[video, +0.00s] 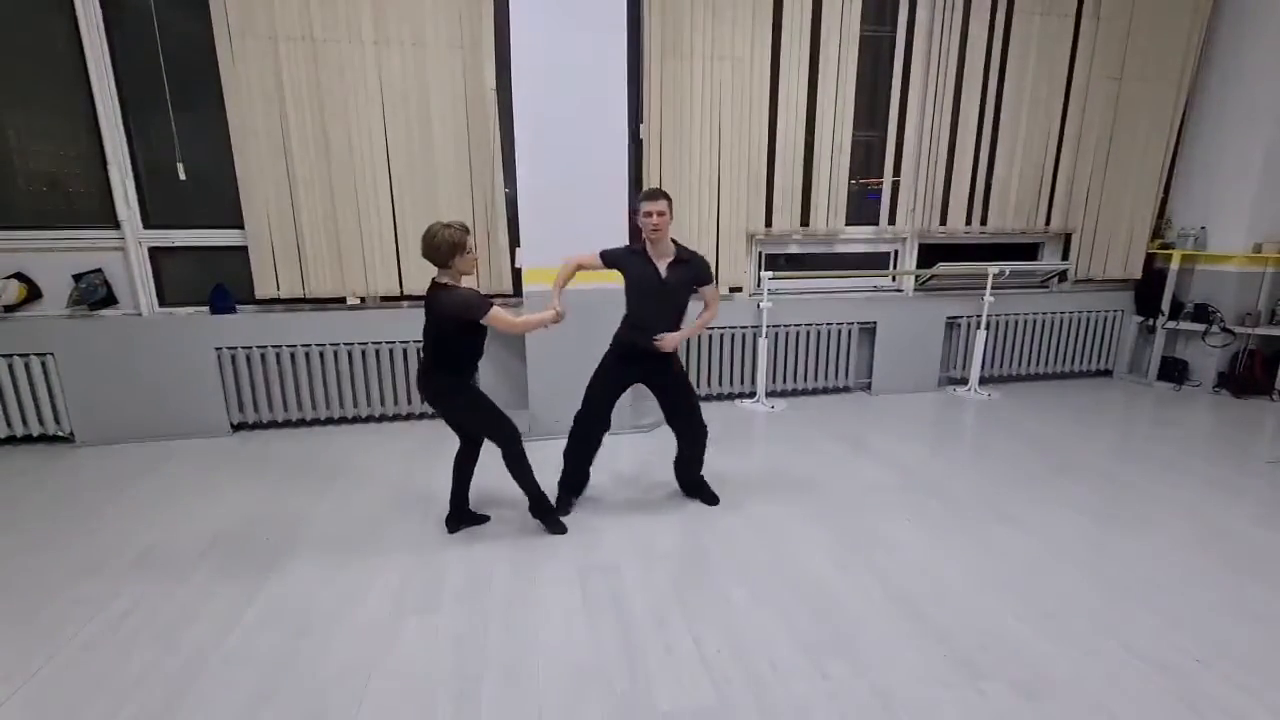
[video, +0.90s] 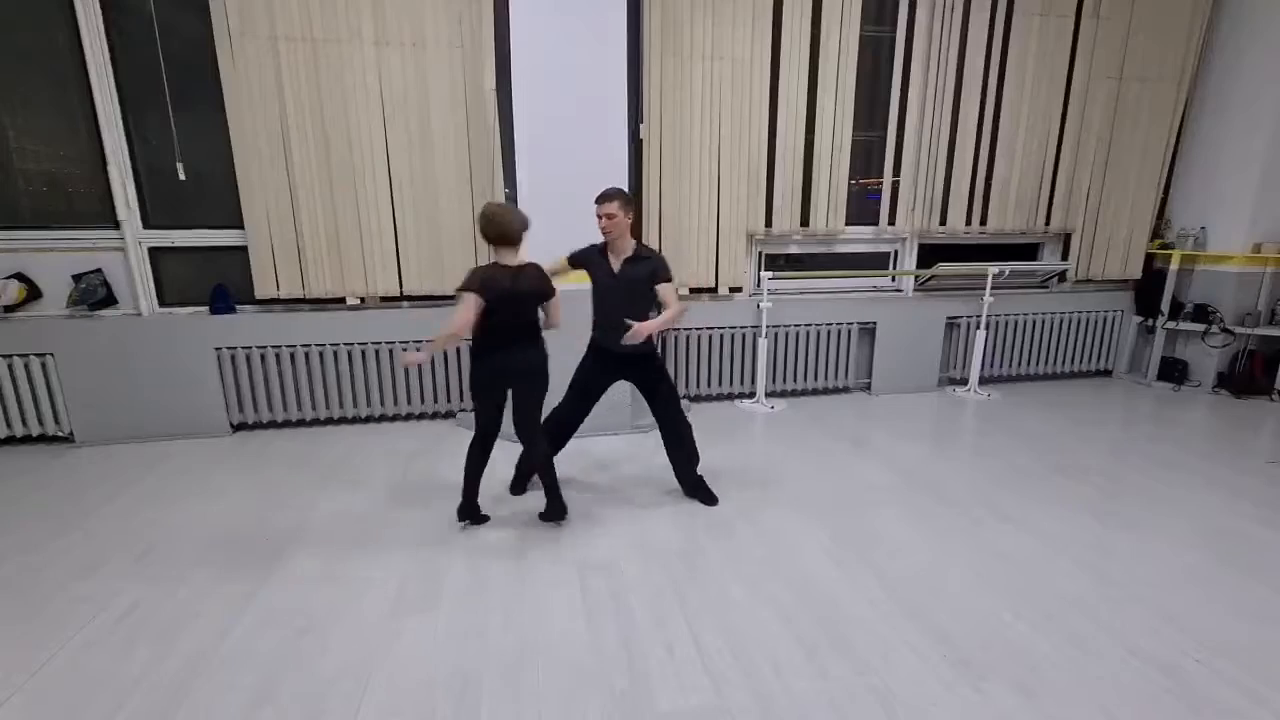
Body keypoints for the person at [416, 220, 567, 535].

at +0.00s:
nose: (475, 254)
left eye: (472, 248)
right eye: (468, 251)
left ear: (447, 259)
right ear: (452, 260)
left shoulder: (440, 290)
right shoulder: (464, 298)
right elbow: (513, 325)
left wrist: (492, 307)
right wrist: (553, 316)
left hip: (436, 381)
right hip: (451, 385)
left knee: (471, 437)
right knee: (507, 433)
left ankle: (458, 512)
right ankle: (541, 505)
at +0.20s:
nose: (472, 257)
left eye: (471, 251)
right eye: (465, 253)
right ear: (446, 261)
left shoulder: (472, 290)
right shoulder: (429, 296)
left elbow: (496, 323)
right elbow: (472, 320)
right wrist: (522, 314)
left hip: (464, 383)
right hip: (435, 388)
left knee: (484, 440)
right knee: (485, 442)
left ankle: (459, 512)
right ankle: (535, 507)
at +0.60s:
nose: (480, 256)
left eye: (478, 250)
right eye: (475, 251)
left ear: (460, 258)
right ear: (457, 259)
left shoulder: (478, 289)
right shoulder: (441, 301)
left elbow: (501, 318)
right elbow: (489, 321)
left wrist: (523, 348)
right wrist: (541, 318)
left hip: (472, 383)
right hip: (448, 388)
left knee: (485, 440)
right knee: (508, 432)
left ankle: (457, 510)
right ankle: (532, 502)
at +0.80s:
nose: (506, 248)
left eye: (504, 242)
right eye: (503, 243)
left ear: (468, 248)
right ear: (492, 248)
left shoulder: (450, 285)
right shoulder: (510, 287)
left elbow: (413, 315)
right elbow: (551, 319)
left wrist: (392, 336)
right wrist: (576, 334)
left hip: (466, 379)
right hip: (503, 379)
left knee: (484, 436)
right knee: (538, 433)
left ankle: (461, 507)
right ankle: (552, 507)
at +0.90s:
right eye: (523, 231)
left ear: (487, 238)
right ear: (522, 236)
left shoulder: (479, 277)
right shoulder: (535, 274)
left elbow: (461, 327)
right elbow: (554, 321)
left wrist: (426, 352)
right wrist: (528, 322)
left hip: (489, 367)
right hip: (530, 365)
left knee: (485, 433)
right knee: (530, 427)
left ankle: (469, 503)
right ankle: (555, 501)